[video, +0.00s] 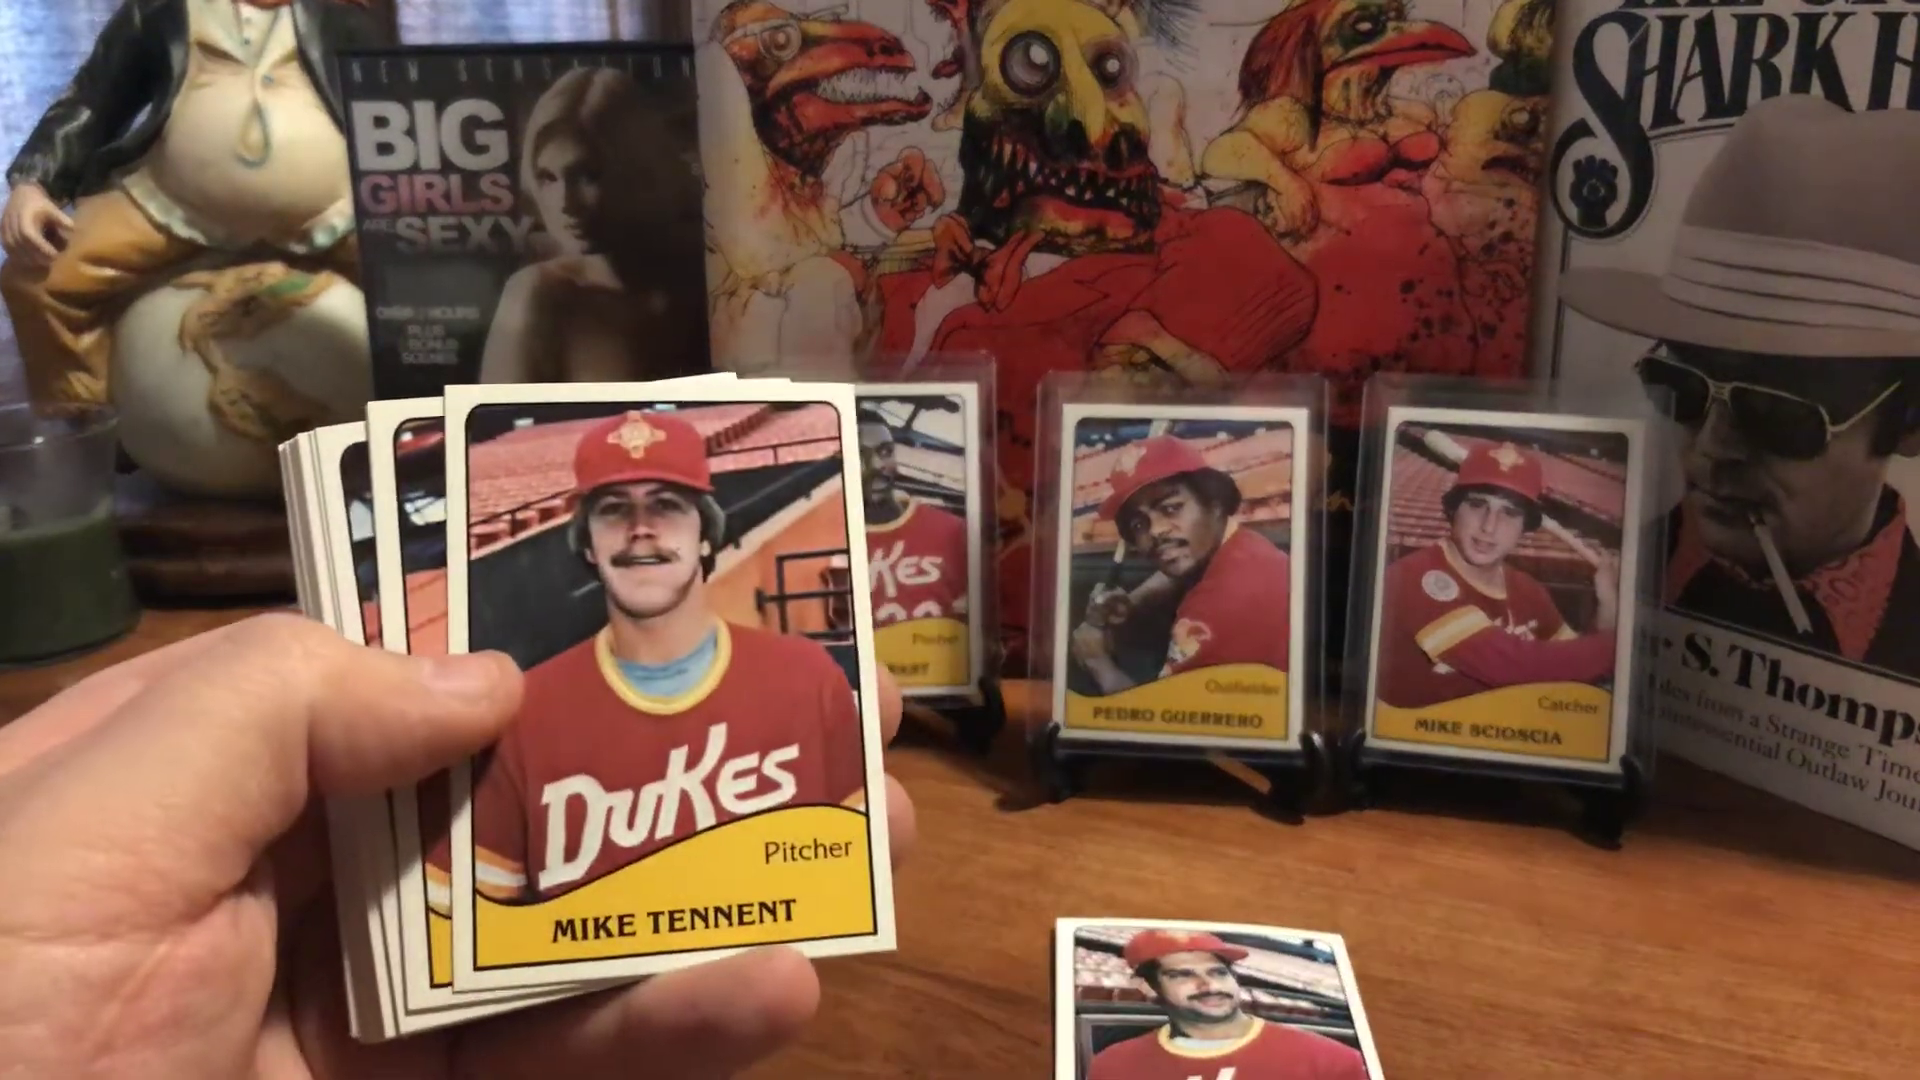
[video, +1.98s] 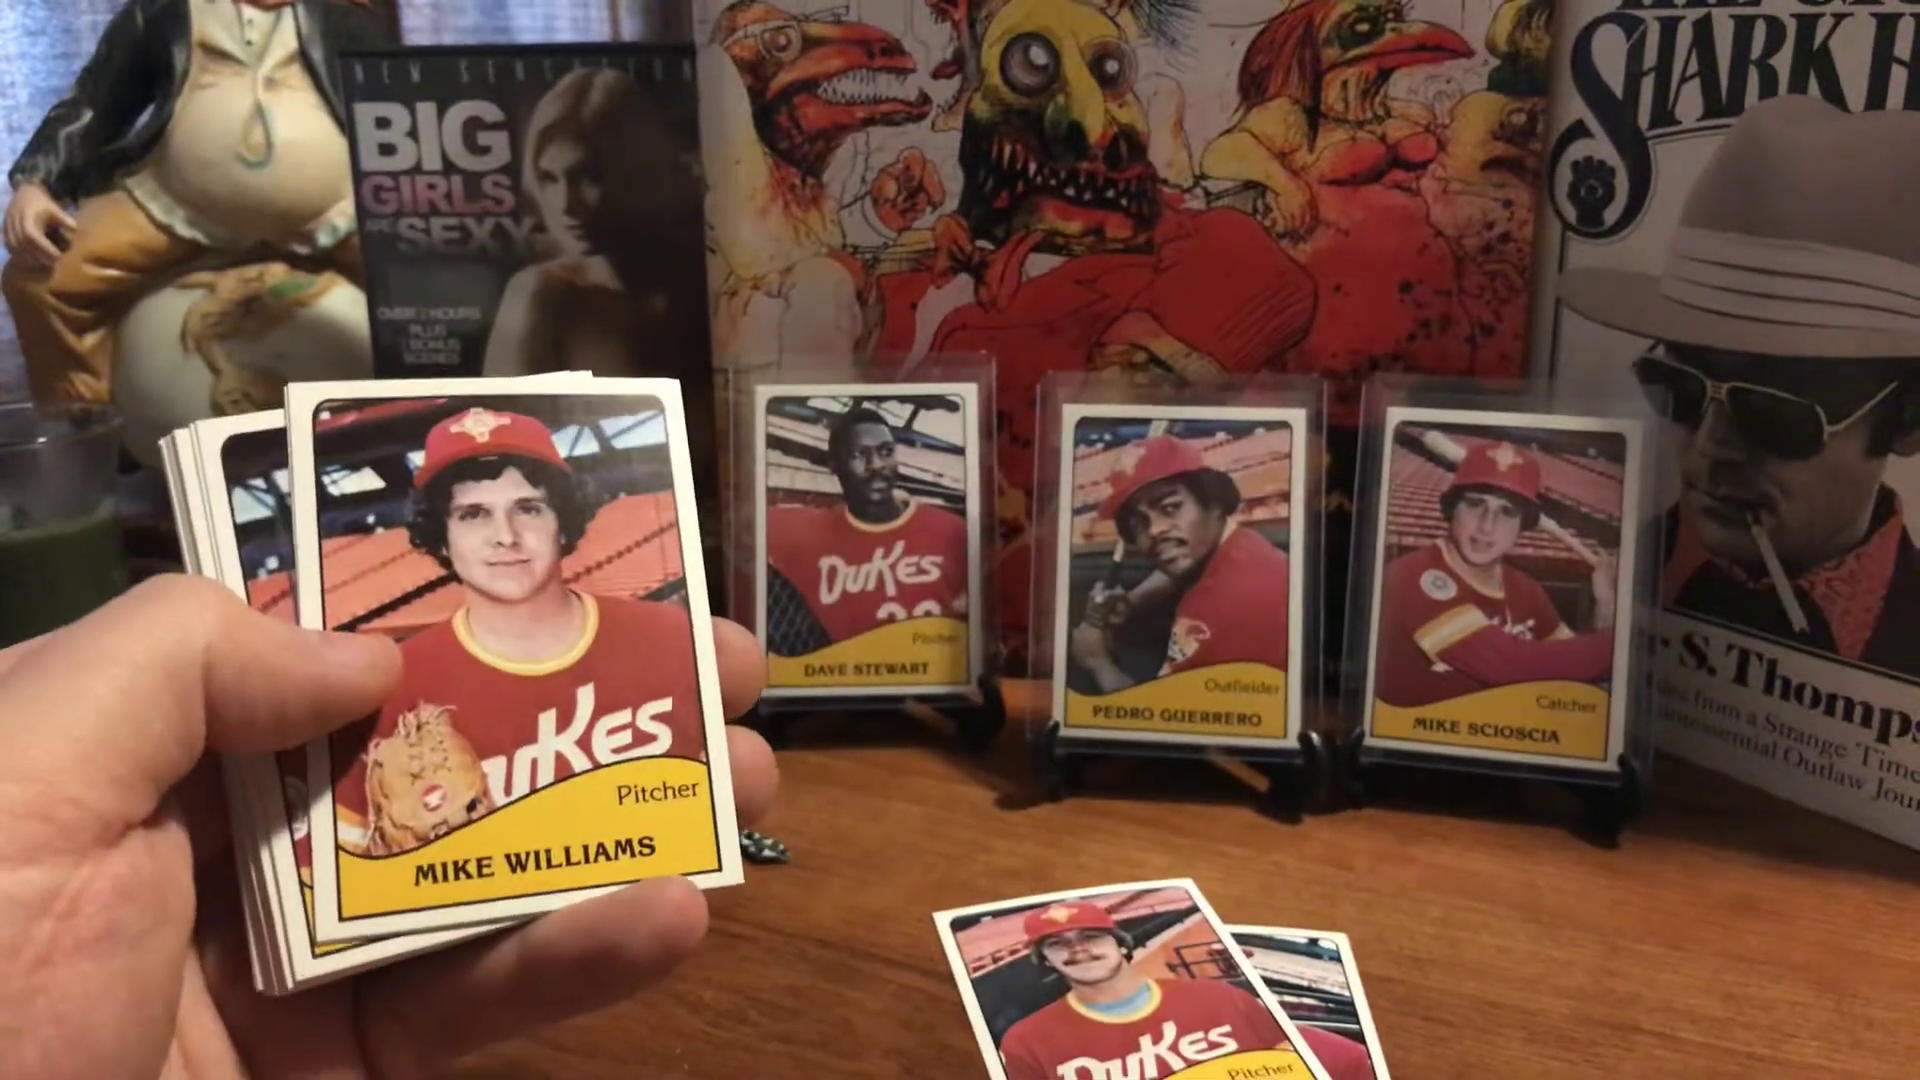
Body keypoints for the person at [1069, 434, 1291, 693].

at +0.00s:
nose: (1156, 531)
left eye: (1171, 508)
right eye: (1140, 523)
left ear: (1215, 503)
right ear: (1133, 540)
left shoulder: (1214, 605)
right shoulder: (1252, 546)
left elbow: (1160, 719)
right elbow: (1186, 564)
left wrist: (1098, 662)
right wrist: (1133, 602)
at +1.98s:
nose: (1156, 530)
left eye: (1170, 508)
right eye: (1140, 522)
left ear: (1213, 504)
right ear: (1133, 539)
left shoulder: (1212, 605)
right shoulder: (1248, 544)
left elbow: (1160, 720)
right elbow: (1185, 564)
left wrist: (1098, 662)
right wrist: (1132, 602)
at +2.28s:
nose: (1156, 530)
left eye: (1170, 508)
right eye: (1140, 522)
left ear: (1213, 504)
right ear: (1133, 539)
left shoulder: (1212, 605)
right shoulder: (1248, 544)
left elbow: (1160, 719)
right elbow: (1184, 564)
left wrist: (1097, 662)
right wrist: (1131, 603)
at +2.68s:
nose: (1156, 531)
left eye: (1170, 508)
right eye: (1140, 522)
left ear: (1214, 505)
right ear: (1133, 540)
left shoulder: (1213, 606)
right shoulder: (1249, 545)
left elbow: (1158, 720)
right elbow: (1183, 565)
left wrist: (1097, 662)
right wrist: (1131, 603)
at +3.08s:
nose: (1155, 532)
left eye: (1169, 510)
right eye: (1140, 524)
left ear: (1213, 507)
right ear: (1133, 540)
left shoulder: (1211, 607)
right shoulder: (1248, 548)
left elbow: (1160, 722)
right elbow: (1184, 567)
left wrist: (1098, 663)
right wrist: (1131, 604)